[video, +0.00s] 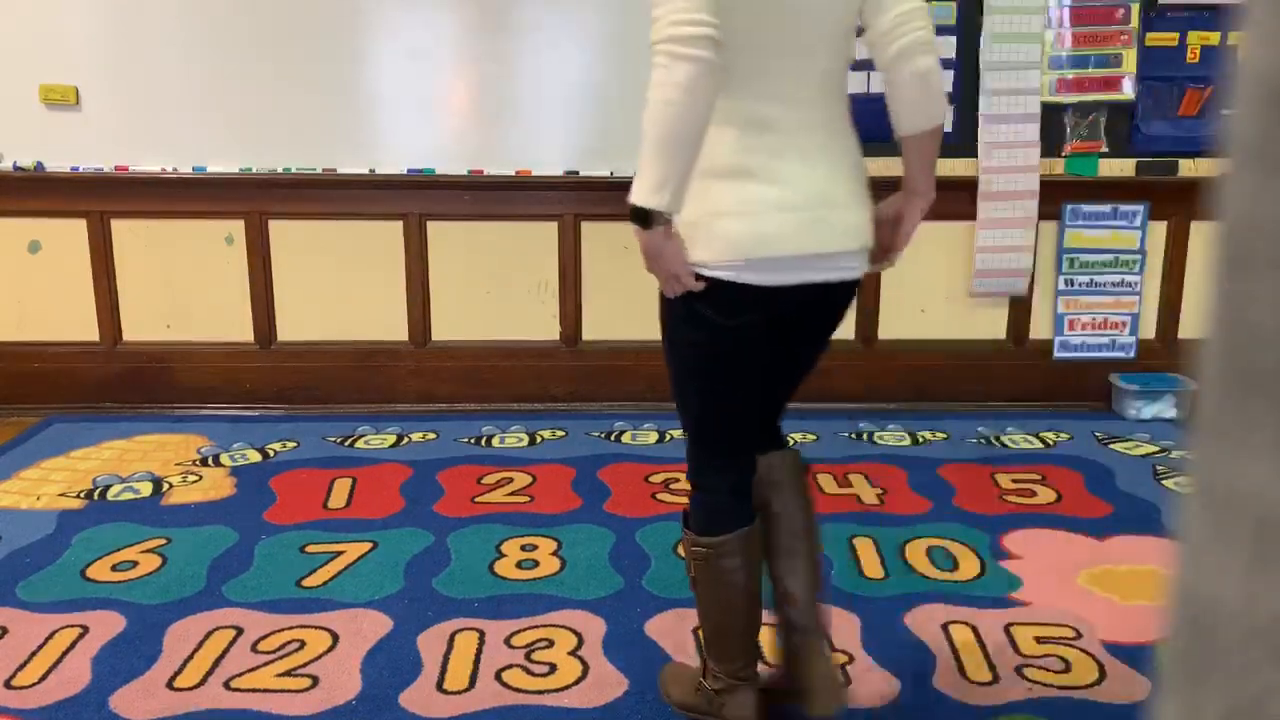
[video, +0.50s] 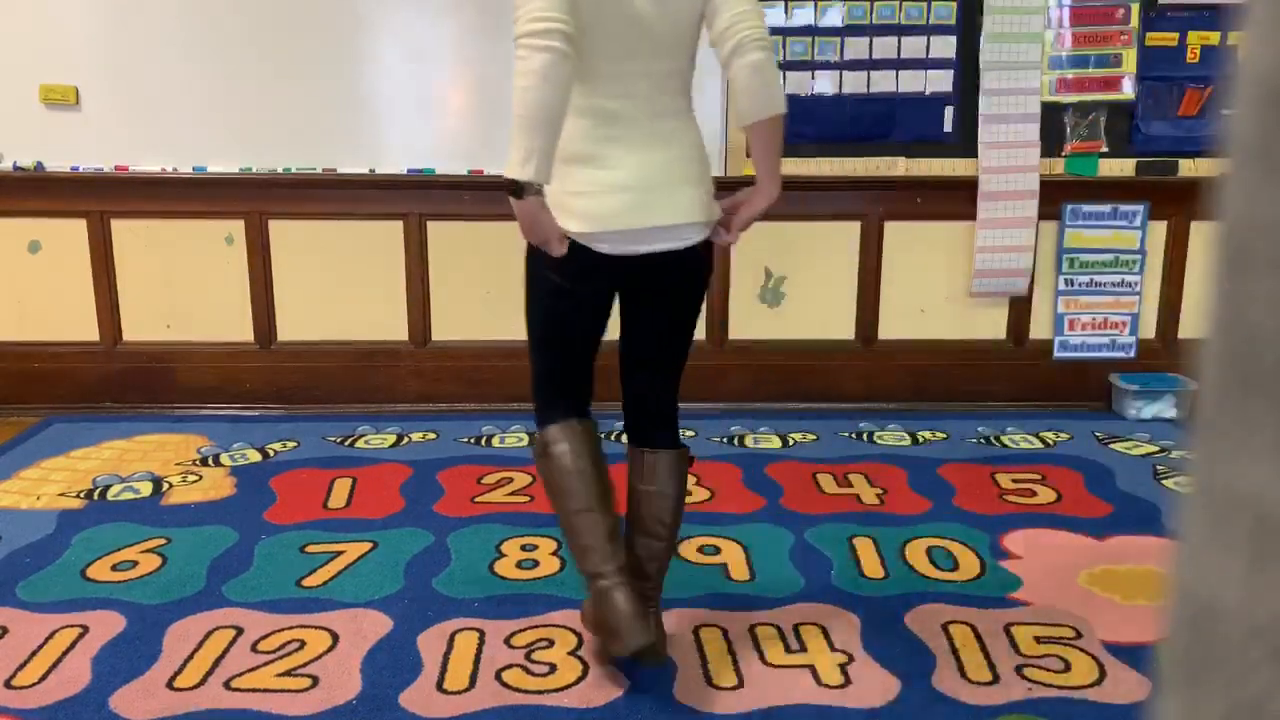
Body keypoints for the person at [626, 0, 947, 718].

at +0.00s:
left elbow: (690, 55)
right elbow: (909, 43)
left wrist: (651, 212)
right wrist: (919, 187)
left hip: (726, 237)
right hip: (835, 236)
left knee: (718, 464)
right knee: (759, 427)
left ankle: (729, 679)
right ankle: (808, 650)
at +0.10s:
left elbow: (657, 54)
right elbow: (872, 46)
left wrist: (629, 210)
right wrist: (893, 184)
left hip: (701, 239)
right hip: (801, 239)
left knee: (708, 459)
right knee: (723, 431)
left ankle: (731, 677)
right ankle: (714, 618)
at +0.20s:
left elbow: (629, 55)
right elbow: (836, 46)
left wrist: (601, 207)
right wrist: (862, 185)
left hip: (668, 240)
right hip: (767, 238)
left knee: (694, 460)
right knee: (693, 440)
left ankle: (731, 681)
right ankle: (646, 604)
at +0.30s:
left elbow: (599, 54)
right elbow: (803, 49)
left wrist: (569, 204)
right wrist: (827, 186)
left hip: (638, 232)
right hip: (735, 231)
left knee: (662, 451)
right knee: (669, 433)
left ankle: (726, 675)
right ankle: (636, 606)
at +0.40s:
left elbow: (573, 49)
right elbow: (774, 50)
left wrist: (544, 191)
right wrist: (794, 185)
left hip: (606, 221)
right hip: (705, 222)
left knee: (599, 431)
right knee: (665, 420)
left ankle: (681, 626)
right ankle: (636, 605)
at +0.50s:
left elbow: (547, 46)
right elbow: (748, 45)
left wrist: (523, 185)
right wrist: (768, 180)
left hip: (579, 215)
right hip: (680, 217)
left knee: (562, 402)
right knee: (656, 408)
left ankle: (613, 596)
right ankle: (642, 611)